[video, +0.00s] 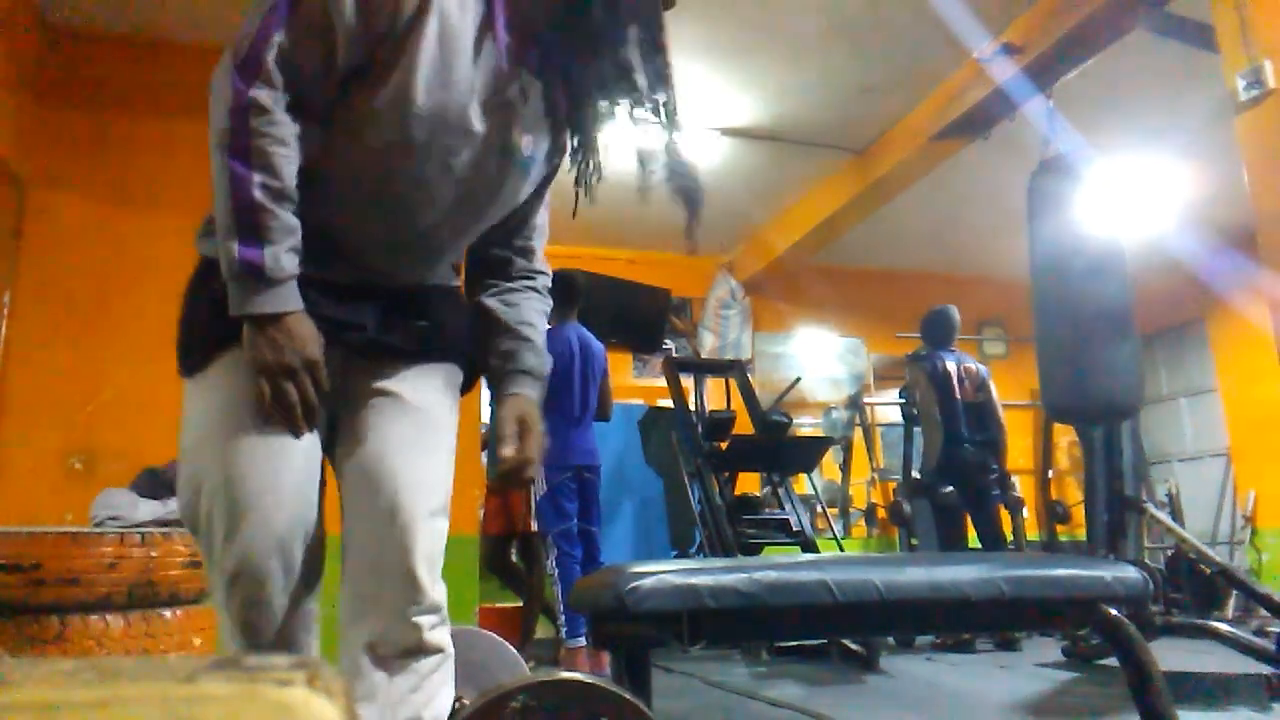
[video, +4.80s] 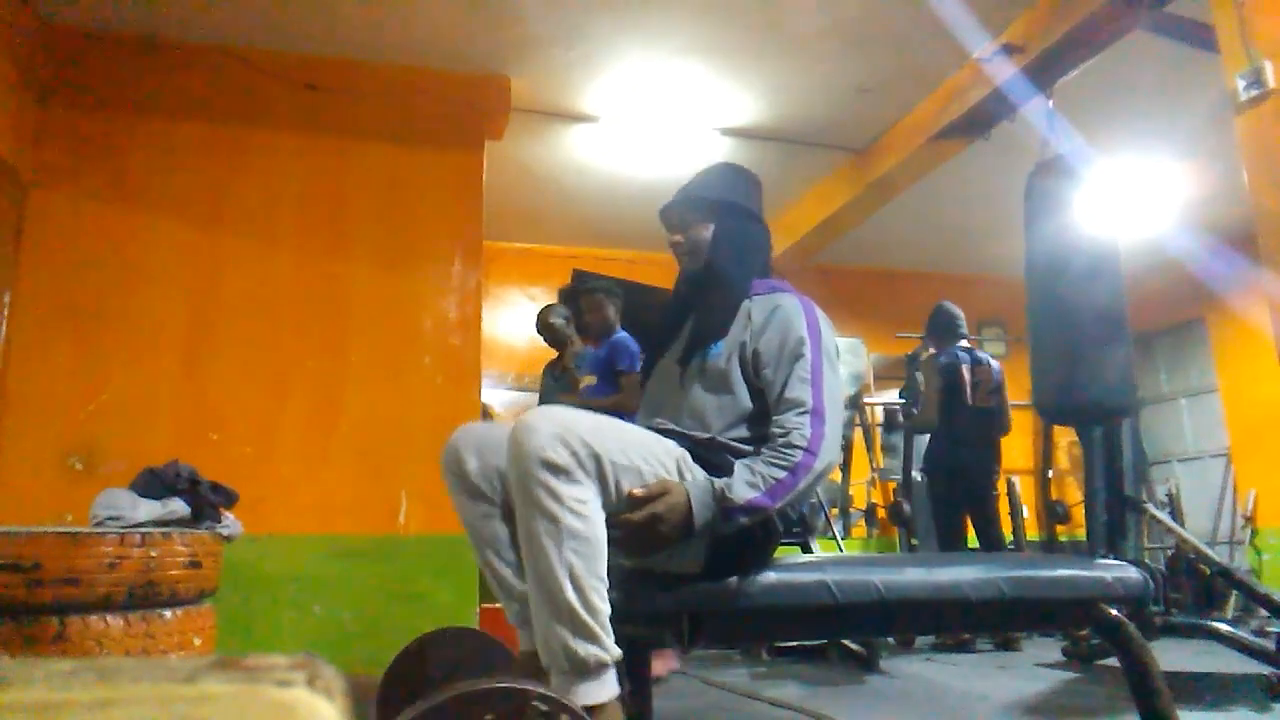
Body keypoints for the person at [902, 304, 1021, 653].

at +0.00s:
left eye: (925, 333)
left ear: (924, 334)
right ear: (957, 334)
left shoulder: (921, 367)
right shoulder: (976, 369)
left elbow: (933, 423)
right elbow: (997, 423)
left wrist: (926, 473)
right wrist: (1001, 468)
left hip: (943, 469)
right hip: (978, 468)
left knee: (951, 547)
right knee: (995, 543)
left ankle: (957, 630)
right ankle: (1006, 627)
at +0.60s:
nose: (932, 334)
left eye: (934, 328)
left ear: (937, 328)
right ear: (969, 327)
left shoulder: (932, 363)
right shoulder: (990, 365)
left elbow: (930, 416)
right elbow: (1007, 423)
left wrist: (902, 433)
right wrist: (978, 436)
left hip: (944, 464)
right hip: (981, 465)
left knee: (950, 544)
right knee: (992, 541)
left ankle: (955, 628)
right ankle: (1006, 626)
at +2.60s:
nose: (927, 339)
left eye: (927, 333)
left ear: (928, 332)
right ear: (961, 329)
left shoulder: (929, 364)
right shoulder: (987, 365)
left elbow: (931, 421)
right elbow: (1005, 422)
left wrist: (905, 417)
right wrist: (973, 422)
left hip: (944, 469)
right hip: (981, 469)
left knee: (951, 549)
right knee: (994, 544)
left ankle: (960, 628)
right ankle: (1008, 625)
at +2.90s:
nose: (919, 342)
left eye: (918, 337)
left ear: (920, 337)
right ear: (951, 333)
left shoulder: (924, 366)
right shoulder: (978, 367)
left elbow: (931, 419)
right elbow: (1001, 423)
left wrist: (918, 465)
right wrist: (999, 467)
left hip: (942, 466)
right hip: (977, 465)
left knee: (948, 546)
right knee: (990, 542)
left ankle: (957, 630)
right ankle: (1005, 627)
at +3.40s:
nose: (929, 338)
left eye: (929, 333)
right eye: (933, 333)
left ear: (933, 332)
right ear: (965, 329)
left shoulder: (933, 366)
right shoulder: (989, 365)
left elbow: (924, 421)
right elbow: (1004, 424)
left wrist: (904, 415)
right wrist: (977, 423)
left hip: (945, 466)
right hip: (982, 466)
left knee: (951, 547)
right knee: (995, 543)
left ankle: (956, 629)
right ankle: (1009, 627)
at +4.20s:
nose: (923, 340)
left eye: (923, 334)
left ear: (924, 335)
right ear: (955, 332)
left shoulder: (927, 369)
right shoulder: (981, 369)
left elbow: (936, 425)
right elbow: (1001, 427)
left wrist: (918, 466)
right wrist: (994, 469)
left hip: (944, 471)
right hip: (979, 470)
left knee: (948, 549)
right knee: (993, 545)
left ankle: (956, 630)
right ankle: (1008, 627)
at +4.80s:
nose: (929, 341)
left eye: (929, 335)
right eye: (931, 336)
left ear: (933, 334)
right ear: (964, 329)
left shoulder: (936, 363)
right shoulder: (992, 364)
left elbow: (929, 420)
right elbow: (1004, 424)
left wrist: (905, 419)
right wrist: (974, 425)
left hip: (946, 467)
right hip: (983, 466)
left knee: (950, 546)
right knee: (992, 541)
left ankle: (955, 628)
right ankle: (1008, 627)